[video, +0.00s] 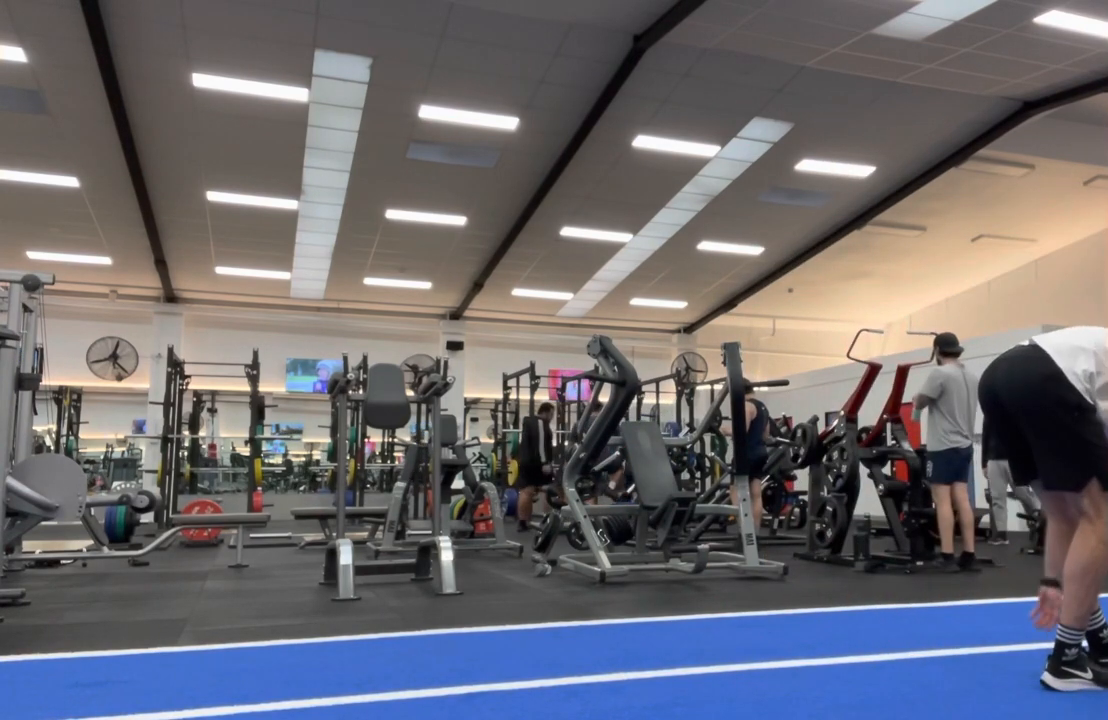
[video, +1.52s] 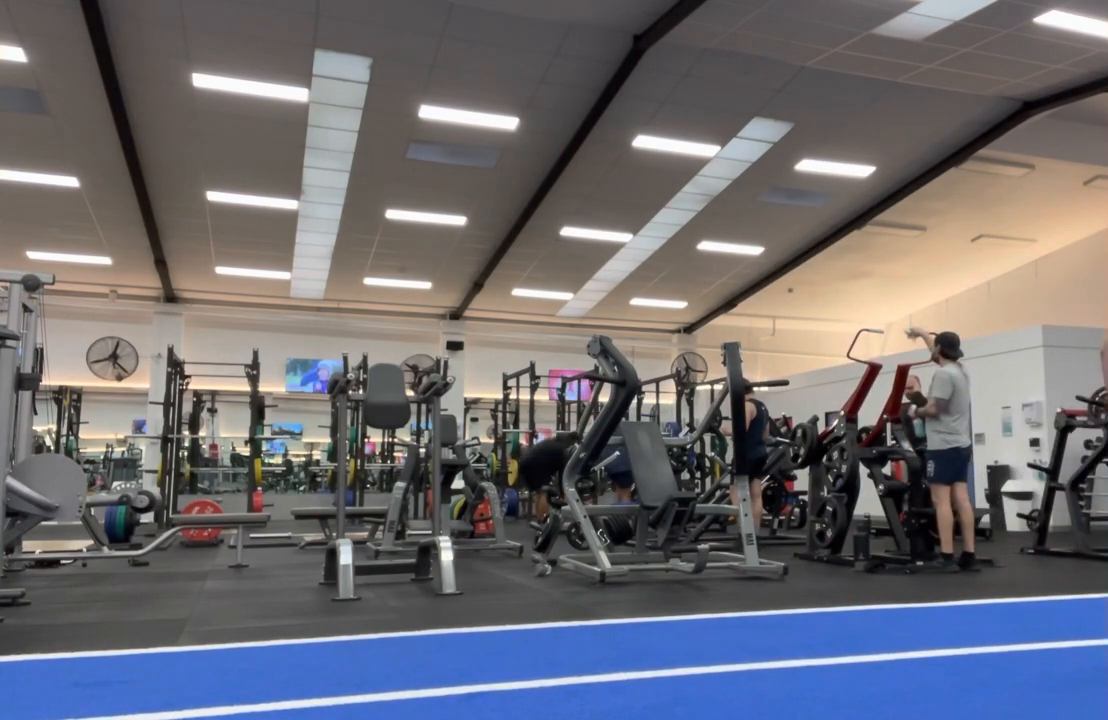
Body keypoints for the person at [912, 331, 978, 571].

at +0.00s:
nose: (934, 355)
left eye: (934, 351)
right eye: (936, 351)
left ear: (937, 352)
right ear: (958, 352)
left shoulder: (939, 374)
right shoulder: (971, 377)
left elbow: (920, 401)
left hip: (941, 447)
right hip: (964, 445)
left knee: (942, 501)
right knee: (962, 499)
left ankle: (947, 554)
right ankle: (969, 552)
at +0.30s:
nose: (935, 354)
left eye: (935, 351)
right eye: (937, 350)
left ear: (938, 351)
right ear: (959, 352)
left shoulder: (939, 373)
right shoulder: (971, 377)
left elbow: (919, 400)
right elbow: (975, 407)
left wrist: (933, 372)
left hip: (941, 446)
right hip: (966, 444)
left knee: (942, 501)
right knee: (963, 500)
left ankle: (947, 554)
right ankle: (969, 553)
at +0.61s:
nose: (935, 354)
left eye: (935, 350)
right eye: (937, 350)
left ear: (937, 351)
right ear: (958, 351)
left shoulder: (938, 373)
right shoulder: (972, 379)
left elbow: (920, 401)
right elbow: (975, 410)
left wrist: (933, 375)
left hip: (940, 447)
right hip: (965, 445)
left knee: (942, 501)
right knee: (962, 499)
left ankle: (947, 555)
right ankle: (969, 553)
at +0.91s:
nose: (935, 352)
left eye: (935, 348)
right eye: (938, 348)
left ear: (936, 351)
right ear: (958, 351)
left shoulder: (938, 374)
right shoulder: (967, 376)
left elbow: (923, 405)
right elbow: (963, 405)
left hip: (941, 447)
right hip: (963, 446)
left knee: (941, 502)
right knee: (962, 499)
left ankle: (947, 554)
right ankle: (969, 552)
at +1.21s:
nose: (931, 351)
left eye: (933, 348)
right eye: (933, 348)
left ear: (937, 351)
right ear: (954, 351)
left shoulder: (941, 374)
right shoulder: (962, 372)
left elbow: (933, 408)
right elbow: (948, 350)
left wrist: (918, 410)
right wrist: (928, 336)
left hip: (941, 447)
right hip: (961, 445)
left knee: (941, 501)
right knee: (962, 498)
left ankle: (947, 555)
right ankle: (969, 553)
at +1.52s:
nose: (932, 350)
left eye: (934, 348)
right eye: (933, 347)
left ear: (939, 352)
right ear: (955, 351)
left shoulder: (944, 374)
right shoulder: (960, 371)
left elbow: (934, 409)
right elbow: (937, 353)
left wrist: (916, 411)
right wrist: (923, 334)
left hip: (942, 447)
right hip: (961, 445)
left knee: (941, 501)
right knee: (962, 499)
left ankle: (946, 555)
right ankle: (969, 553)